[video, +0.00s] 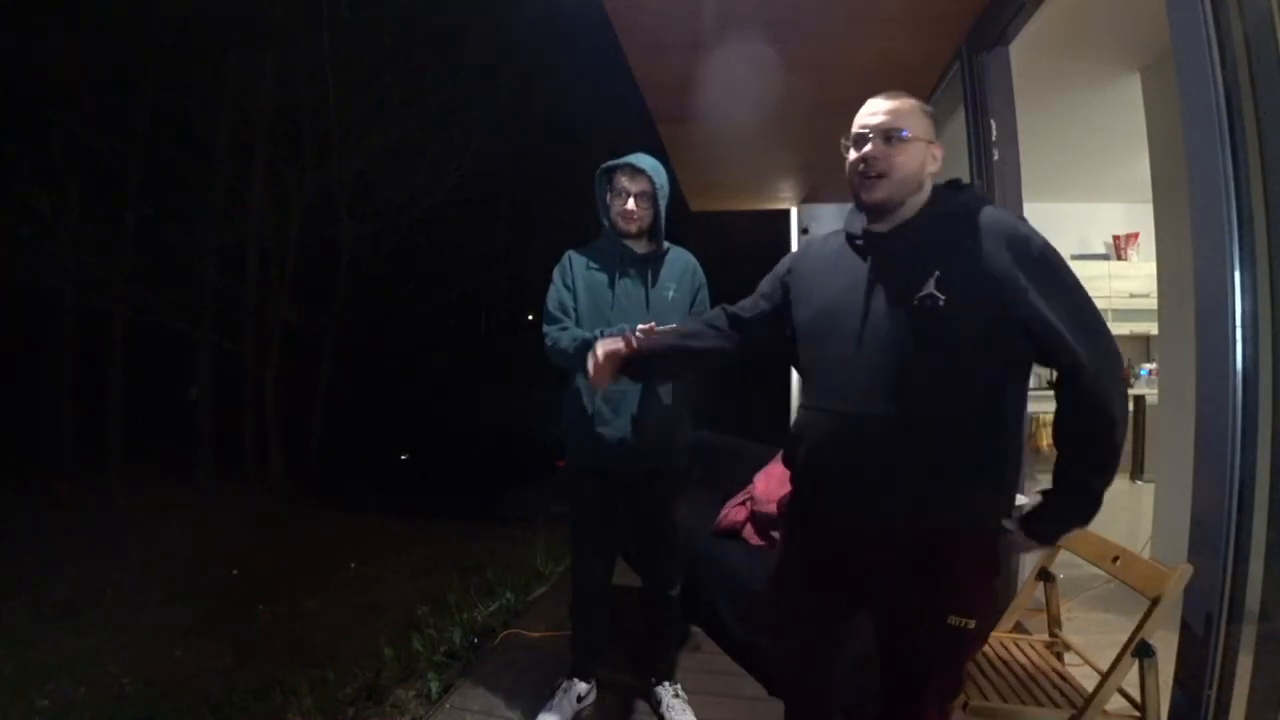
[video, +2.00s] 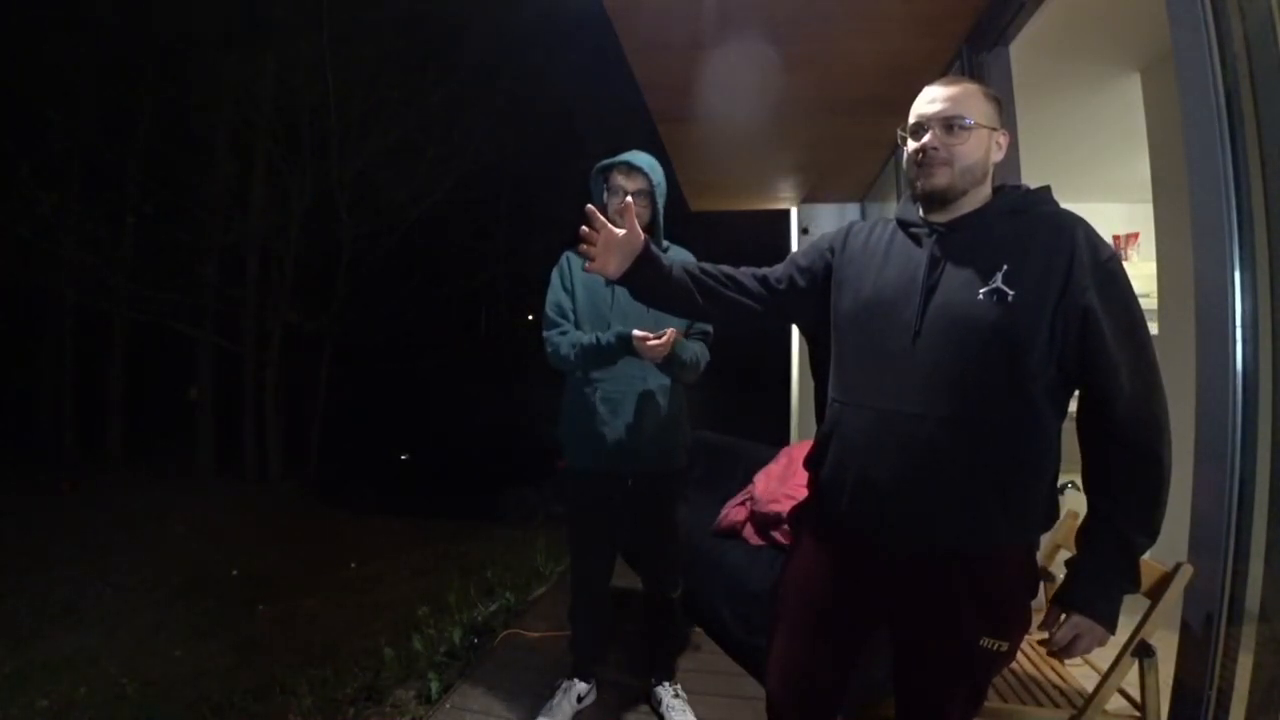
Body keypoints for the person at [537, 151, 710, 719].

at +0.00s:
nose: (630, 206)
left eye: (641, 197)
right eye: (621, 196)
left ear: (658, 203)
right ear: (606, 203)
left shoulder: (684, 268)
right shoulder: (576, 266)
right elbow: (554, 340)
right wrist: (614, 342)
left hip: (660, 443)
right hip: (593, 443)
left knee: (663, 565)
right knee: (590, 564)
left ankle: (663, 679)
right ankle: (582, 679)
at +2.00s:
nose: (629, 206)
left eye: (640, 197)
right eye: (618, 195)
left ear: (656, 203)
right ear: (601, 199)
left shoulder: (678, 264)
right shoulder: (573, 264)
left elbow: (700, 355)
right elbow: (557, 346)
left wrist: (674, 348)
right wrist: (620, 340)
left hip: (659, 441)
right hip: (592, 440)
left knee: (662, 562)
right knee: (589, 561)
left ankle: (663, 679)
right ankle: (581, 678)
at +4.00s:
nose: (644, 206)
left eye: (656, 196)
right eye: (634, 195)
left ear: (674, 202)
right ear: (616, 202)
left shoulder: (698, 271)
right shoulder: (591, 266)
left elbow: (714, 356)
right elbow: (575, 349)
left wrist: (678, 351)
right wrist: (626, 370)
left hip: (671, 448)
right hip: (604, 445)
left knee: (671, 568)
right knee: (594, 565)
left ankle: (665, 678)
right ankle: (582, 677)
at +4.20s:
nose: (652, 204)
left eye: (664, 194)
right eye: (642, 193)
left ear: (686, 201)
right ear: (627, 200)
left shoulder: (712, 274)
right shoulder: (603, 269)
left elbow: (725, 360)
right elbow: (579, 351)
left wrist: (688, 349)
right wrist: (611, 343)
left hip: (678, 442)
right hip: (611, 438)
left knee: (673, 556)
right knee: (599, 554)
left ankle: (666, 679)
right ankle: (582, 675)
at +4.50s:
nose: (664, 205)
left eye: (677, 196)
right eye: (657, 195)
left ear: (702, 202)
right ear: (644, 202)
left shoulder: (729, 277)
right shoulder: (624, 267)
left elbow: (738, 367)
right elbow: (588, 333)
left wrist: (691, 350)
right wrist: (620, 257)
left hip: (683, 446)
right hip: (615, 438)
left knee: (673, 560)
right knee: (601, 555)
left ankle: (666, 678)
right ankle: (584, 674)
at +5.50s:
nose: (670, 220)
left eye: (682, 212)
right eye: (665, 209)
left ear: (705, 217)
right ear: (656, 212)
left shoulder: (721, 279)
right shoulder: (630, 270)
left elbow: (732, 361)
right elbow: (591, 328)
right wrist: (637, 262)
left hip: (686, 440)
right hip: (621, 435)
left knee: (678, 554)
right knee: (609, 540)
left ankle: (666, 673)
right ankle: (610, 624)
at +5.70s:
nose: (650, 224)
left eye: (661, 214)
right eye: (642, 215)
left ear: (682, 220)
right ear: (631, 221)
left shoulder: (706, 284)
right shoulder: (609, 277)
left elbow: (718, 352)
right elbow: (565, 342)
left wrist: (678, 363)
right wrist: (588, 326)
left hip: (675, 433)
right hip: (609, 427)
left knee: (665, 546)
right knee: (611, 532)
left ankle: (661, 670)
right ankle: (620, 629)